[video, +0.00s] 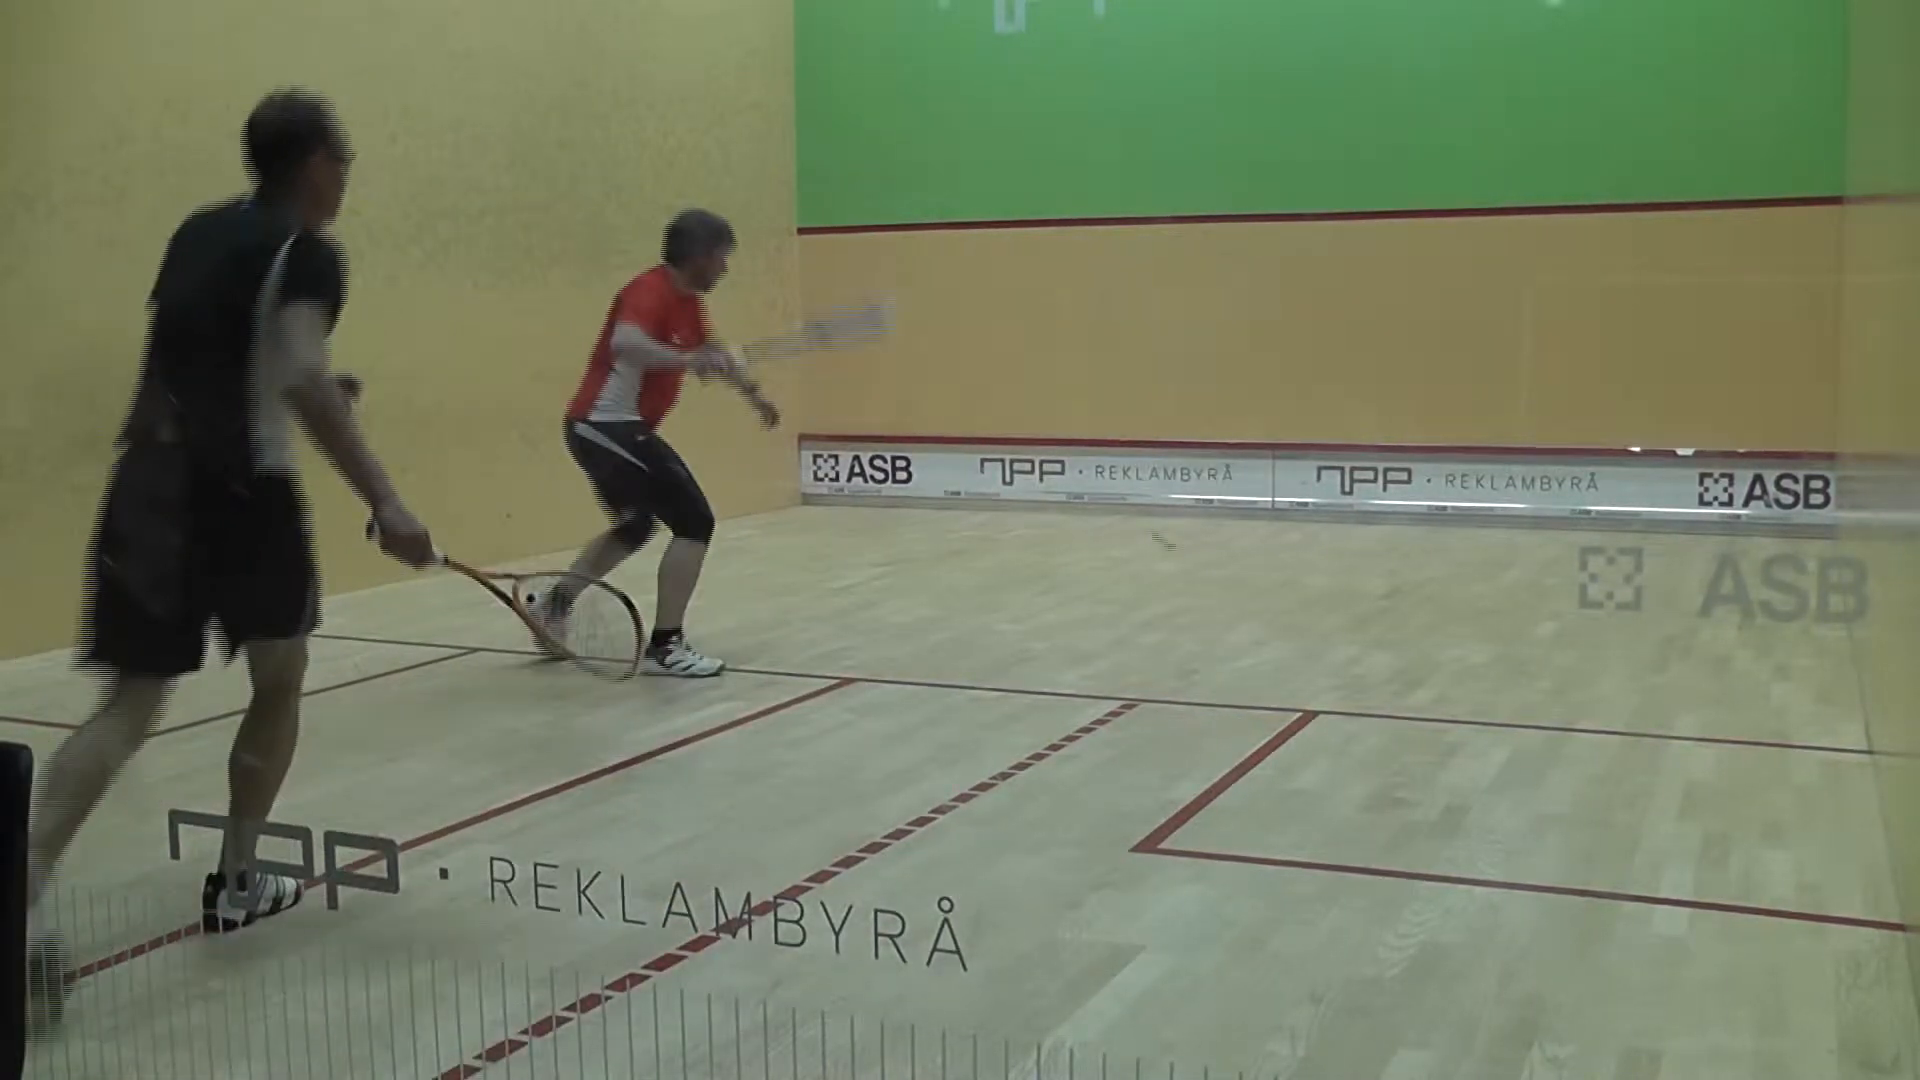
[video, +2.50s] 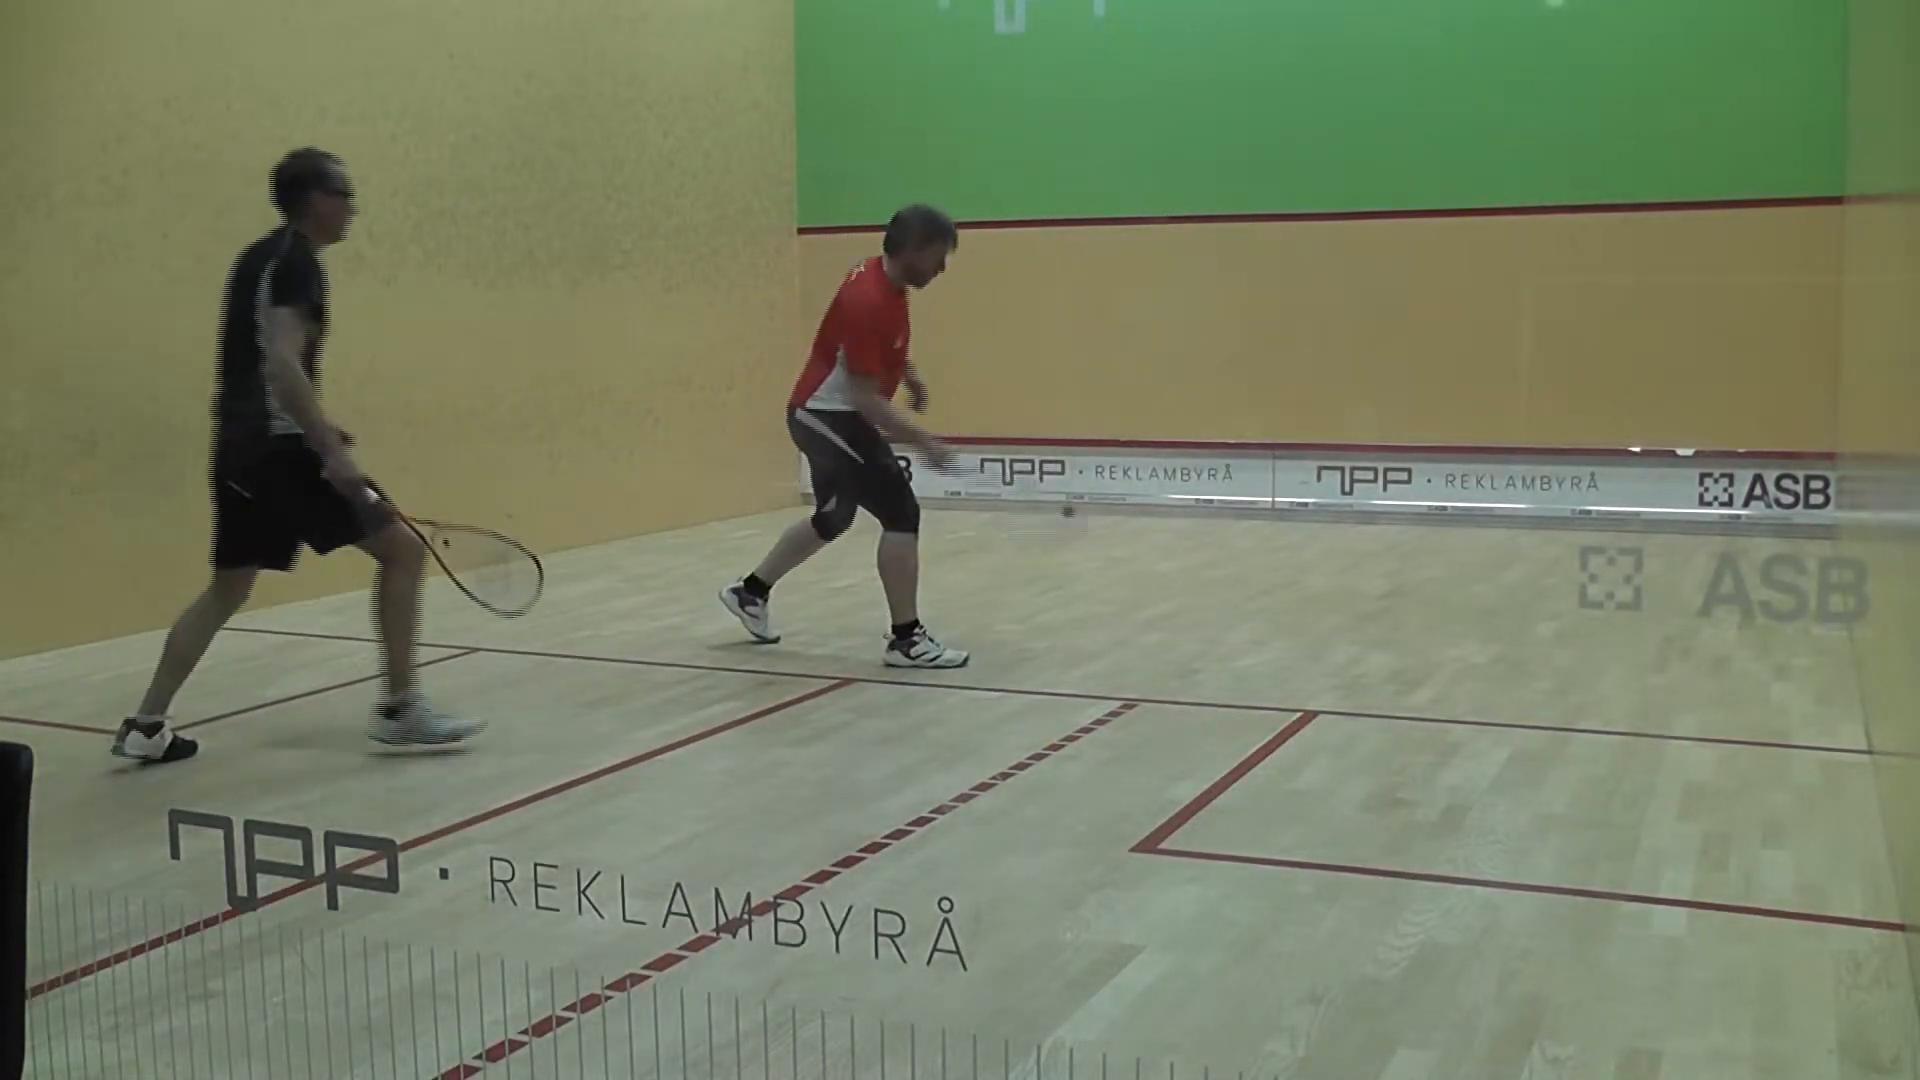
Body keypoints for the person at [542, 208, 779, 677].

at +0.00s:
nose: (726, 266)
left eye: (727, 257)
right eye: (721, 256)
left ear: (695, 258)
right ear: (694, 255)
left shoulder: (689, 304)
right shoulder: (648, 291)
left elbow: (712, 355)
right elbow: (626, 346)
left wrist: (755, 394)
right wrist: (690, 361)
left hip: (619, 426)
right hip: (606, 426)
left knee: (634, 526)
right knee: (694, 521)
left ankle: (553, 604)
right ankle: (665, 645)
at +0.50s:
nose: (790, 237)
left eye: (789, 228)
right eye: (789, 228)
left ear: (739, 227)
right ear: (778, 233)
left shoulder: (701, 257)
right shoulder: (784, 291)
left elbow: (708, 324)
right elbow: (792, 368)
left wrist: (759, 354)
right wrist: (753, 366)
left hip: (686, 412)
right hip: (739, 414)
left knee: (696, 509)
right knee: (777, 522)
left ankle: (689, 611)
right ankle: (721, 605)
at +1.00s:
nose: (864, 218)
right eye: (869, 211)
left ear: (827, 214)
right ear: (872, 217)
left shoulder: (790, 264)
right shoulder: (884, 276)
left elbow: (770, 336)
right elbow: (919, 357)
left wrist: (814, 360)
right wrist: (956, 412)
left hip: (792, 413)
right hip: (853, 413)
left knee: (775, 512)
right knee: (877, 522)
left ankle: (755, 619)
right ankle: (867, 637)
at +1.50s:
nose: (900, 214)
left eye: (893, 205)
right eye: (900, 207)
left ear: (851, 207)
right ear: (895, 210)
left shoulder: (832, 248)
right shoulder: (881, 260)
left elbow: (845, 336)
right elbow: (885, 347)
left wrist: (893, 404)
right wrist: (917, 405)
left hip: (812, 395)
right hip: (861, 399)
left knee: (806, 506)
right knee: (880, 516)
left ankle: (770, 619)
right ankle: (867, 636)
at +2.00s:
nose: (916, 269)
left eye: (918, 259)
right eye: (915, 258)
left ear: (879, 253)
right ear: (897, 256)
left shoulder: (867, 298)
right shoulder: (854, 292)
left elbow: (867, 380)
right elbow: (849, 362)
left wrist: (909, 427)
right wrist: (922, 398)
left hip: (808, 424)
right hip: (810, 423)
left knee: (831, 530)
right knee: (899, 501)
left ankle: (743, 599)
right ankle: (884, 624)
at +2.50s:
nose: (942, 268)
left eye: (945, 259)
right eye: (938, 258)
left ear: (905, 251)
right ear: (909, 251)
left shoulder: (883, 280)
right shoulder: (868, 301)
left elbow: (879, 341)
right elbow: (864, 398)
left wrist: (907, 375)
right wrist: (921, 439)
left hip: (831, 411)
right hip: (829, 417)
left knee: (834, 515)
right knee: (901, 513)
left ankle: (751, 591)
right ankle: (906, 636)